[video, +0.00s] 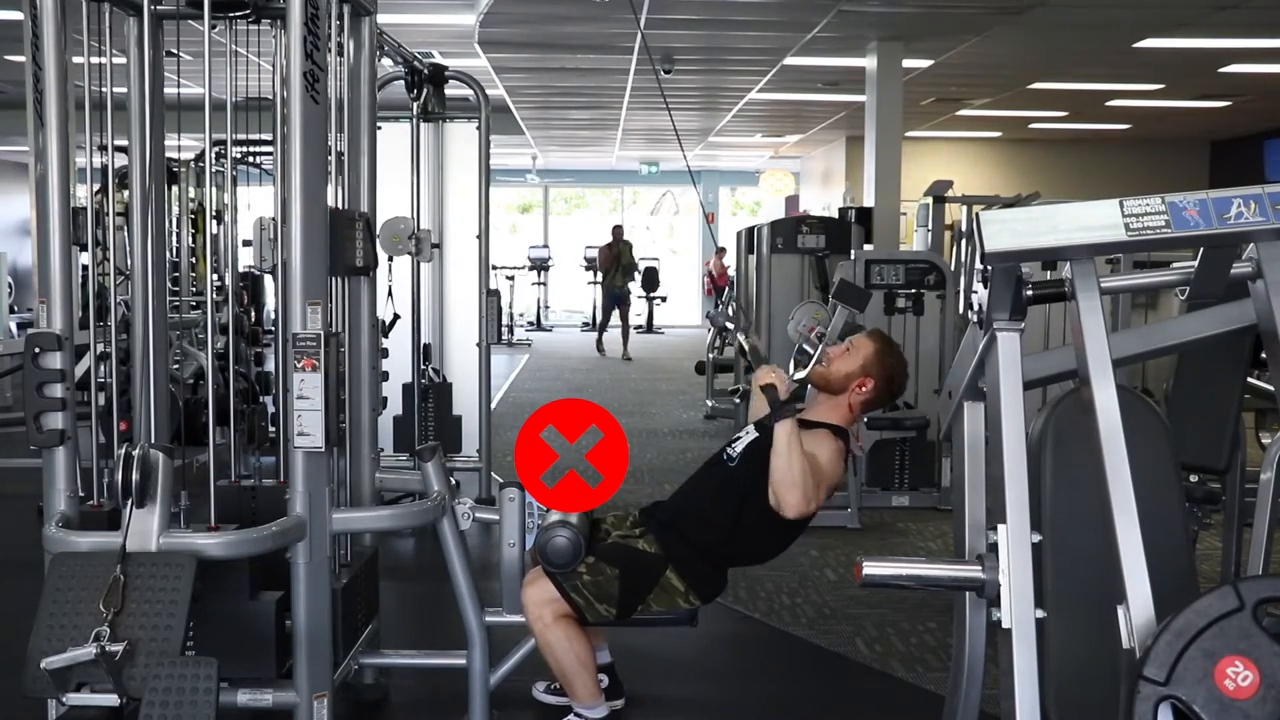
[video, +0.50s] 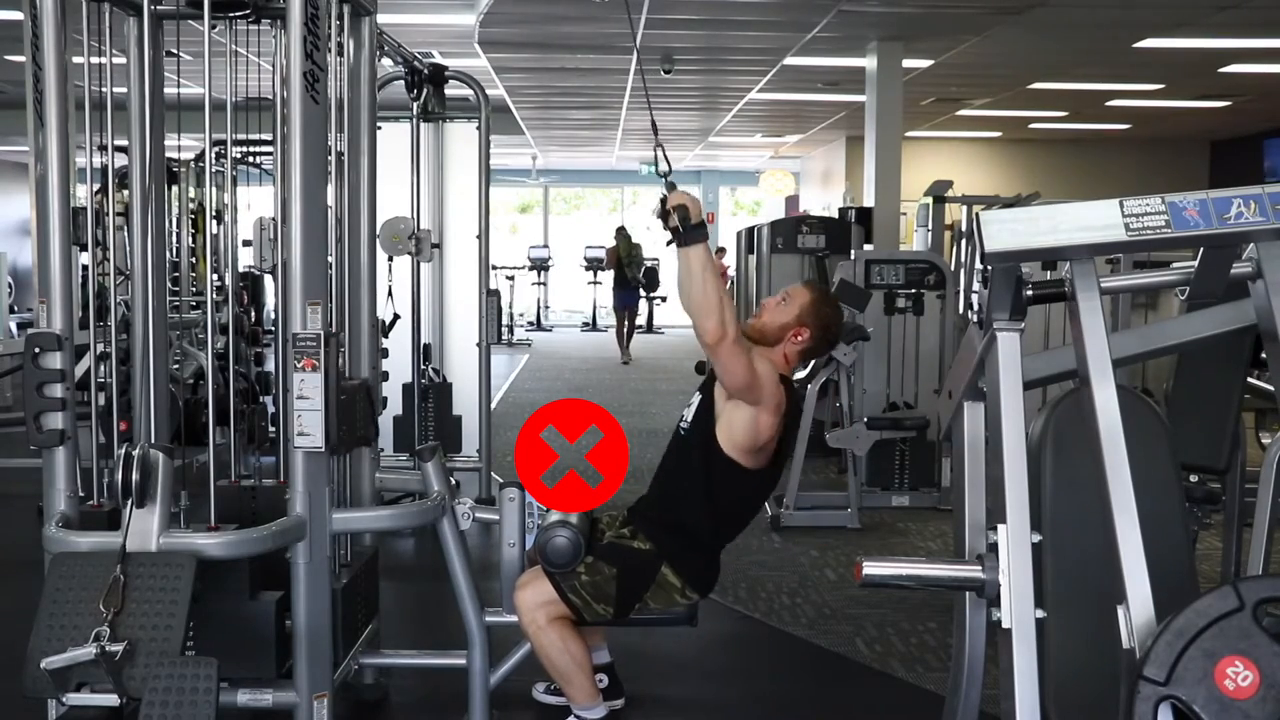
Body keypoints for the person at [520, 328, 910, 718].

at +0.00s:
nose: (831, 349)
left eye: (846, 349)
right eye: (842, 343)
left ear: (860, 386)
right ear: (857, 385)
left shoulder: (827, 443)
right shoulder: (811, 409)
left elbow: (794, 502)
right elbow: (763, 431)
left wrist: (780, 410)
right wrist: (764, 390)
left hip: (682, 562)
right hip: (665, 524)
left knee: (540, 593)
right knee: (553, 545)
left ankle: (590, 712)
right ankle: (595, 671)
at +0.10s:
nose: (826, 345)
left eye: (842, 346)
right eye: (837, 339)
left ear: (854, 382)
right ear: (852, 381)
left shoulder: (823, 438)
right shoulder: (804, 404)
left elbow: (783, 473)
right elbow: (751, 407)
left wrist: (768, 374)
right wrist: (745, 350)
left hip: (680, 560)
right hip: (663, 523)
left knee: (538, 593)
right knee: (553, 544)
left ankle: (590, 711)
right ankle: (596, 670)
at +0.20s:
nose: (817, 336)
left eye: (832, 337)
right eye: (827, 330)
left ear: (845, 373)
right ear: (842, 372)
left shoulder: (813, 427)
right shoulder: (795, 396)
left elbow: (766, 435)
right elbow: (739, 386)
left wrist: (747, 331)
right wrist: (729, 322)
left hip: (680, 561)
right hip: (662, 525)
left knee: (537, 595)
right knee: (557, 544)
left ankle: (590, 712)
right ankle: (595, 673)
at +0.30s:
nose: (802, 324)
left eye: (818, 324)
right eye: (814, 317)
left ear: (831, 360)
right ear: (828, 360)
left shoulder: (799, 415)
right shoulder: (782, 384)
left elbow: (750, 398)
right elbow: (723, 361)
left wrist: (726, 293)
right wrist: (715, 292)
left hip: (676, 560)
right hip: (658, 527)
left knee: (535, 596)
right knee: (550, 548)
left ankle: (590, 711)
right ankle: (596, 673)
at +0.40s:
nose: (786, 311)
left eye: (801, 310)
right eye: (798, 304)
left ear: (814, 346)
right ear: (812, 349)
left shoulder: (778, 401)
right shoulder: (769, 381)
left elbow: (732, 360)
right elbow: (730, 344)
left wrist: (706, 258)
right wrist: (708, 260)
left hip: (671, 561)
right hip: (653, 530)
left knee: (533, 598)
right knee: (552, 547)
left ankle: (589, 710)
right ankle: (596, 672)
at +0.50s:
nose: (766, 301)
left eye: (782, 302)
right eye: (777, 296)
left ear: (796, 337)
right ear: (794, 339)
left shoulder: (760, 389)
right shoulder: (751, 373)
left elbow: (714, 330)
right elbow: (711, 321)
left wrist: (691, 228)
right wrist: (689, 235)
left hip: (669, 560)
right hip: (649, 528)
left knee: (532, 598)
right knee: (544, 559)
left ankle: (590, 711)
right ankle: (594, 670)